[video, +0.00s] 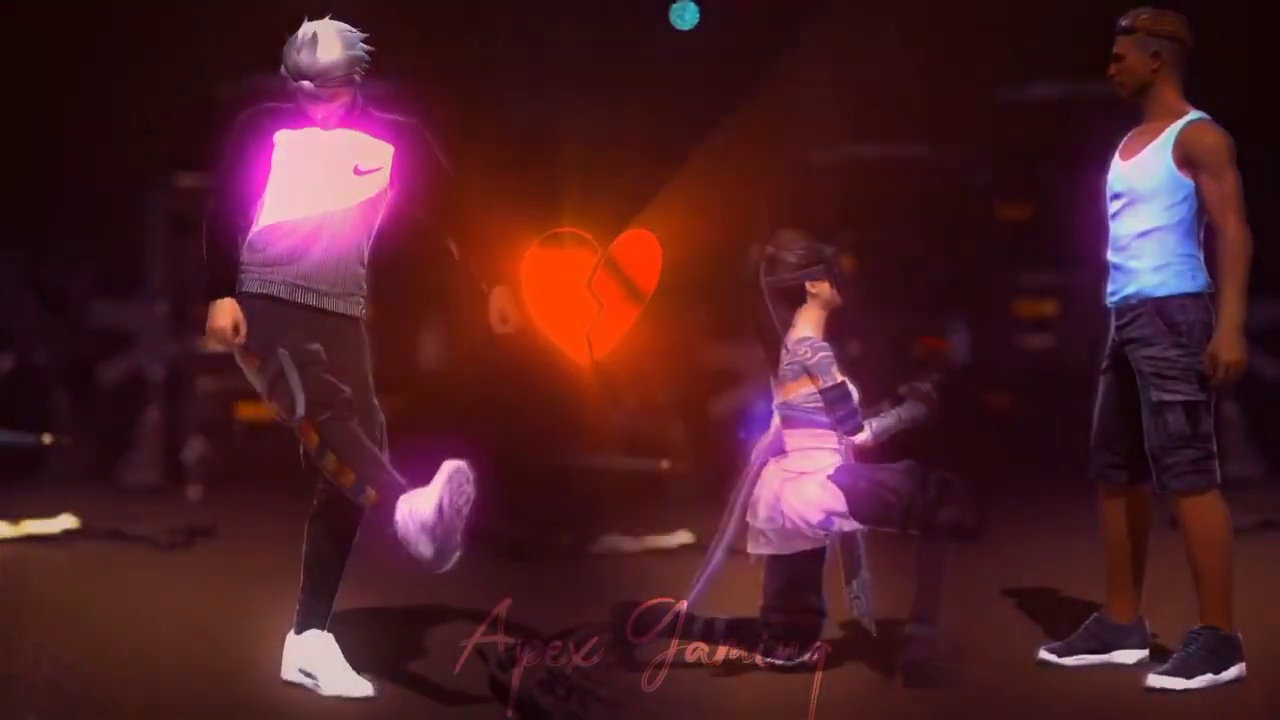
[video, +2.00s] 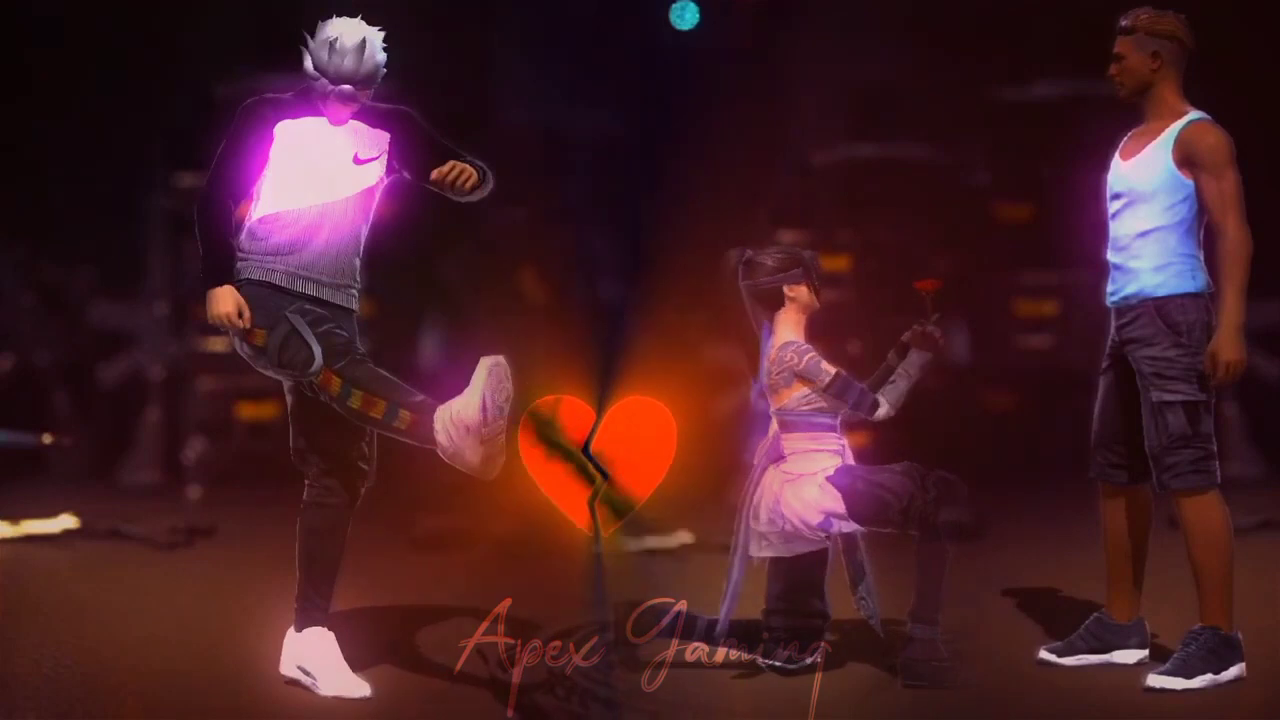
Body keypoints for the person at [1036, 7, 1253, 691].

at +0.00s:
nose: (1111, 67)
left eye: (1121, 57)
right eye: (1112, 58)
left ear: (1158, 61)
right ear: (1142, 64)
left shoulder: (1200, 135)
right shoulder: (1131, 142)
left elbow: (1234, 233)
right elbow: (1133, 241)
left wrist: (1229, 328)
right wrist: (1118, 320)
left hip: (1173, 319)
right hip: (1125, 322)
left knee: (1189, 477)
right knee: (1117, 471)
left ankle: (1216, 637)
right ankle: (1121, 623)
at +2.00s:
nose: (1112, 66)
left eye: (1122, 57)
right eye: (1113, 57)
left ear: (1160, 61)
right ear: (1142, 64)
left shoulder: (1199, 134)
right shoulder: (1131, 141)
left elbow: (1233, 233)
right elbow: (1134, 241)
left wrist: (1229, 328)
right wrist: (1118, 319)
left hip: (1172, 319)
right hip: (1125, 322)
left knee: (1190, 476)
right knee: (1117, 470)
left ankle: (1217, 636)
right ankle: (1121, 623)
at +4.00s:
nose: (1112, 68)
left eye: (1122, 58)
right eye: (1112, 59)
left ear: (1159, 62)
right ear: (1141, 65)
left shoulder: (1200, 135)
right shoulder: (1132, 140)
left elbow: (1234, 232)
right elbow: (1136, 240)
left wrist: (1229, 327)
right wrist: (1118, 319)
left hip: (1172, 320)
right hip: (1125, 323)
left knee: (1190, 477)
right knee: (1117, 471)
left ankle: (1216, 637)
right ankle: (1121, 623)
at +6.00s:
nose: (1112, 68)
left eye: (1122, 58)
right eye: (1112, 58)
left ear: (1159, 62)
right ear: (1141, 65)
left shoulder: (1199, 135)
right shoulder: (1133, 140)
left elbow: (1234, 234)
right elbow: (1136, 240)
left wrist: (1229, 328)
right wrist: (1118, 319)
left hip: (1172, 320)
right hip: (1125, 322)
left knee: (1189, 476)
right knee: (1116, 470)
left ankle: (1216, 636)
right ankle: (1121, 623)